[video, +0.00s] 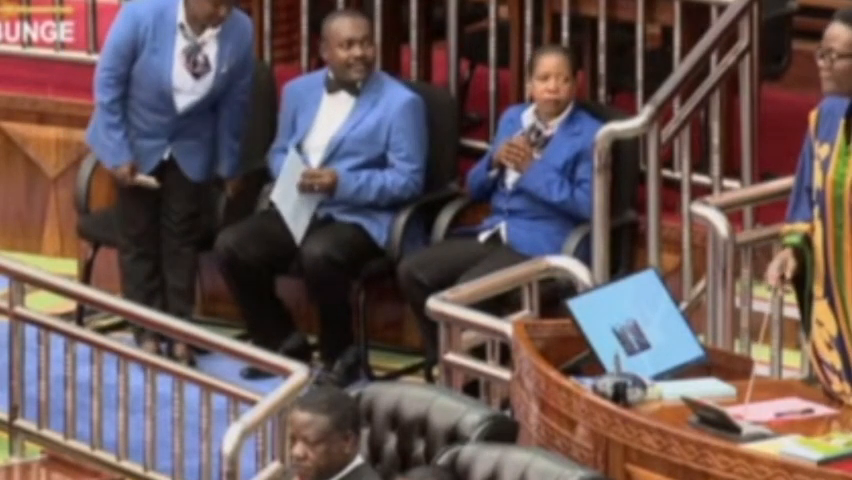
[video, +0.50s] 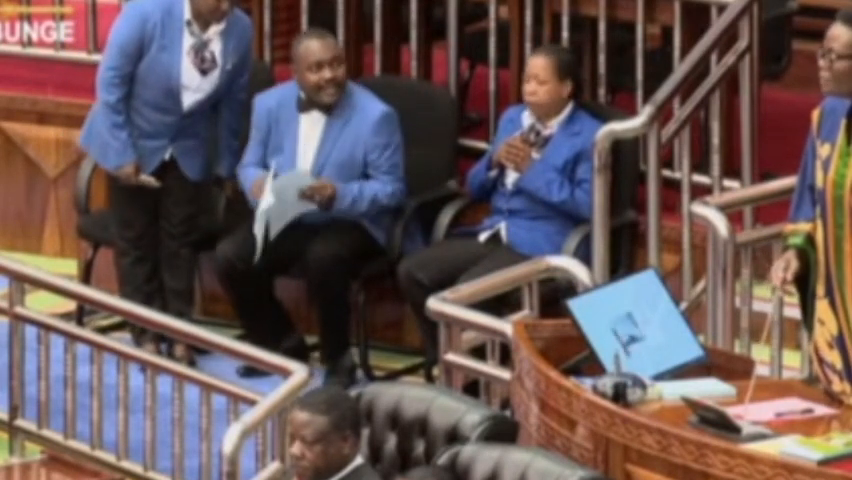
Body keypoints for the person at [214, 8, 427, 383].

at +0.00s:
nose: (358, 53)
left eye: (365, 43)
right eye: (346, 45)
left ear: (375, 47)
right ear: (325, 51)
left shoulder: (400, 103)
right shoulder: (298, 92)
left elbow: (408, 181)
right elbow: (277, 153)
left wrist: (340, 183)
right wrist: (296, 176)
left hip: (360, 216)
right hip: (296, 209)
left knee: (321, 256)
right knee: (235, 248)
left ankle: (339, 357)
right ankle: (281, 344)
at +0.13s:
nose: (352, 58)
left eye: (359, 48)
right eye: (340, 50)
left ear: (370, 50)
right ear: (319, 56)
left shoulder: (396, 105)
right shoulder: (293, 93)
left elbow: (405, 182)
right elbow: (274, 155)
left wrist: (338, 184)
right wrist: (297, 180)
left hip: (359, 215)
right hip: (294, 210)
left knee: (322, 253)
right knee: (235, 247)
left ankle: (340, 358)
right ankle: (282, 344)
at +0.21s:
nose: (352, 58)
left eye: (359, 48)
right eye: (340, 50)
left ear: (370, 50)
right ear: (319, 56)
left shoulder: (396, 104)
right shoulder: (293, 93)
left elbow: (405, 182)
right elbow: (274, 155)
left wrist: (338, 184)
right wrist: (296, 179)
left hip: (359, 215)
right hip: (294, 210)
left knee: (322, 254)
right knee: (235, 247)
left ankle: (340, 358)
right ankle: (282, 344)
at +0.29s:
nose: (347, 63)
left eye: (354, 53)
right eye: (335, 55)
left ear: (364, 54)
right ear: (314, 59)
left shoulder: (393, 108)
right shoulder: (289, 95)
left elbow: (401, 185)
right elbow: (270, 156)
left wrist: (334, 185)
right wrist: (290, 178)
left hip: (356, 215)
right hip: (293, 209)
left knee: (323, 253)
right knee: (235, 248)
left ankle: (338, 360)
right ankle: (281, 343)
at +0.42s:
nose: (335, 73)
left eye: (342, 62)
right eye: (323, 65)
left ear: (353, 62)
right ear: (303, 70)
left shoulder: (381, 114)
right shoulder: (276, 103)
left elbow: (392, 190)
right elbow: (258, 166)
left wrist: (331, 190)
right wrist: (277, 190)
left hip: (349, 219)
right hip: (286, 217)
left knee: (324, 255)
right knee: (235, 251)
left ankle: (337, 360)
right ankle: (279, 343)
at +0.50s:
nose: (329, 77)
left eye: (335, 65)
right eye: (316, 68)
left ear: (345, 65)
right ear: (296, 73)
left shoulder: (375, 116)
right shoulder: (268, 106)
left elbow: (391, 190)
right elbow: (249, 166)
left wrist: (338, 195)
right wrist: (259, 186)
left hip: (346, 223)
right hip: (284, 221)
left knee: (324, 260)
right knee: (234, 258)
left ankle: (337, 361)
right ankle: (280, 345)